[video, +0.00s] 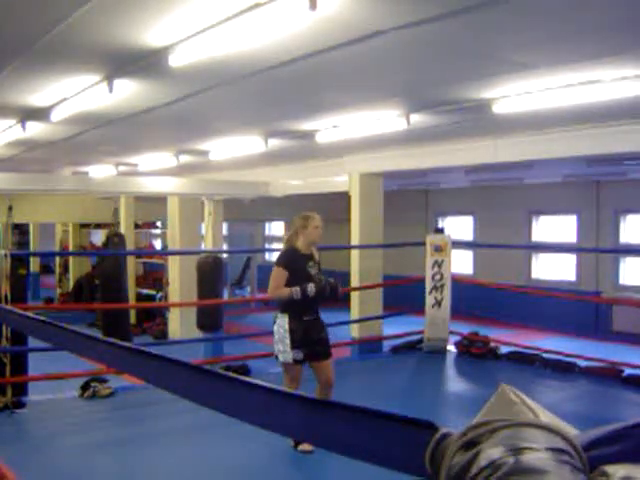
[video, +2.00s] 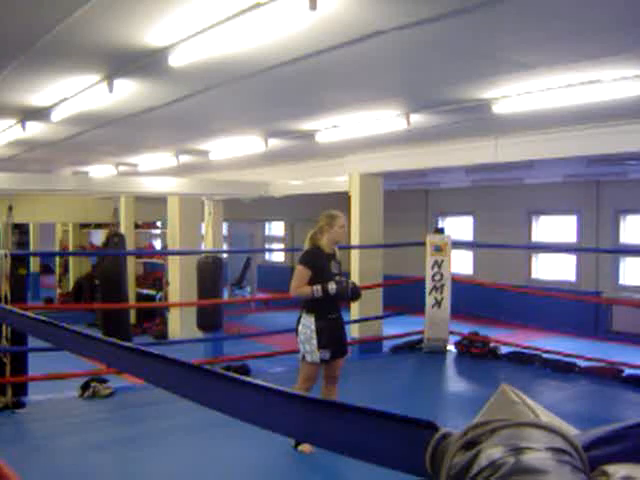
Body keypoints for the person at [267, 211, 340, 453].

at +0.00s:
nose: (320, 233)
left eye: (320, 228)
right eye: (316, 228)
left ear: (316, 230)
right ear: (302, 230)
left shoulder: (314, 256)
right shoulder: (287, 257)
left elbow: (309, 287)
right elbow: (273, 292)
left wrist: (326, 287)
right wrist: (305, 289)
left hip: (312, 317)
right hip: (290, 319)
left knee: (327, 381)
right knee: (292, 380)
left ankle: (313, 431)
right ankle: (296, 433)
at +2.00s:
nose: (345, 233)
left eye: (345, 228)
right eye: (341, 228)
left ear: (336, 230)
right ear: (327, 229)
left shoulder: (334, 258)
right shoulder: (311, 255)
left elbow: (332, 289)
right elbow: (295, 290)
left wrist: (349, 290)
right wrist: (327, 288)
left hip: (333, 317)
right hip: (313, 318)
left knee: (332, 378)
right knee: (307, 379)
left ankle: (327, 429)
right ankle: (299, 432)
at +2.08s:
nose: (345, 233)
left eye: (345, 228)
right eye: (342, 228)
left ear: (336, 230)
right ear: (328, 229)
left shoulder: (335, 258)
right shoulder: (312, 255)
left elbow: (333, 289)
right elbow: (296, 290)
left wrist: (349, 291)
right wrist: (327, 288)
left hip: (333, 317)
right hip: (313, 318)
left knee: (332, 378)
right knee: (308, 379)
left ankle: (328, 429)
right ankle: (300, 432)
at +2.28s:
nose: (346, 233)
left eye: (346, 229)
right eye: (343, 228)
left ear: (337, 230)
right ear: (329, 229)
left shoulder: (336, 258)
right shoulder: (313, 256)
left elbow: (333, 289)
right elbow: (298, 289)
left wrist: (350, 291)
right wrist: (329, 288)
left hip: (335, 317)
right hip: (316, 317)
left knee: (334, 378)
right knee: (309, 378)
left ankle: (330, 428)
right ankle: (300, 431)